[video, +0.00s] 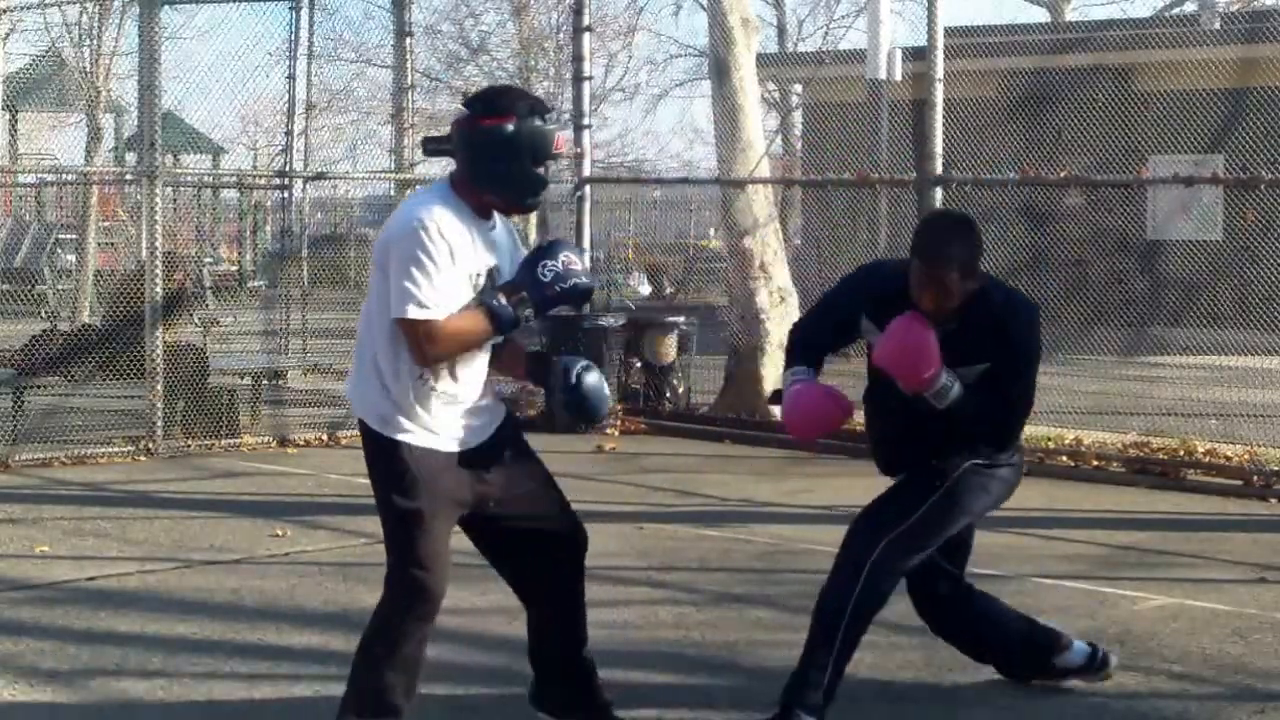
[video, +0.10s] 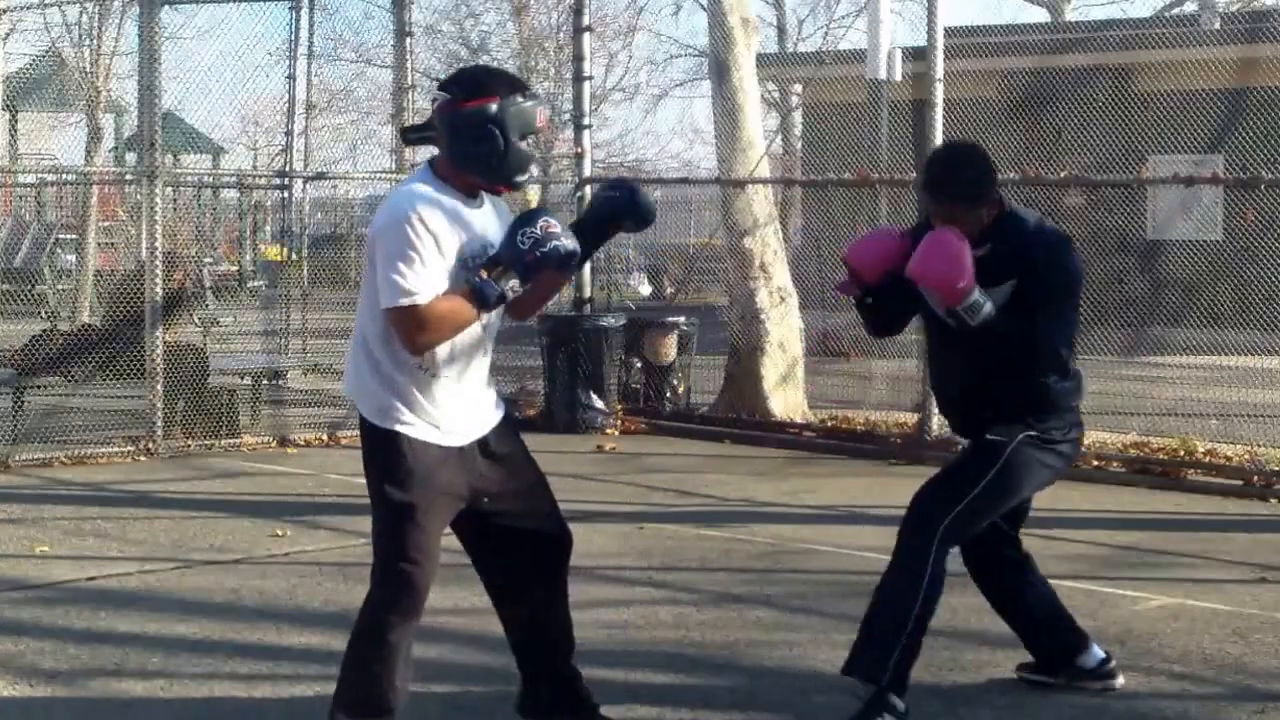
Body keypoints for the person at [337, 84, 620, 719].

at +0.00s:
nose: (538, 180)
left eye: (538, 167)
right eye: (528, 167)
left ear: (495, 164)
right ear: (489, 164)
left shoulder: (498, 227)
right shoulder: (423, 226)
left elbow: (483, 345)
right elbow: (427, 343)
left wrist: (550, 373)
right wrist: (517, 301)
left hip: (480, 422)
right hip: (410, 430)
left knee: (556, 548)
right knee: (419, 587)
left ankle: (567, 696)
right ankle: (368, 712)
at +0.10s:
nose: (524, 150)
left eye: (522, 136)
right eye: (514, 136)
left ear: (461, 137)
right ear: (490, 142)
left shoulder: (495, 207)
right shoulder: (411, 212)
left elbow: (521, 305)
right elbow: (417, 331)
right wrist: (504, 274)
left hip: (480, 418)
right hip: (409, 426)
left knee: (539, 552)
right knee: (403, 588)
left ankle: (555, 702)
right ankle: (361, 712)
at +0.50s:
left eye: (582, 106)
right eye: (574, 107)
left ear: (513, 112)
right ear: (558, 117)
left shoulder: (550, 194)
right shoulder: (485, 187)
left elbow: (568, 302)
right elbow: (500, 299)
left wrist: (622, 259)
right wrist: (576, 245)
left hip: (540, 407)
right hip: (483, 405)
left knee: (546, 555)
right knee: (491, 564)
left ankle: (519, 701)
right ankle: (448, 708)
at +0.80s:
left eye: (615, 123)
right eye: (600, 125)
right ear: (571, 125)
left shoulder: (602, 191)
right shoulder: (518, 202)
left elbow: (596, 305)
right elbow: (538, 320)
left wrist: (645, 301)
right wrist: (607, 252)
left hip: (606, 421)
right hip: (536, 430)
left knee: (653, 554)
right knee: (517, 598)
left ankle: (622, 693)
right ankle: (487, 712)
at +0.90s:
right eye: (624, 113)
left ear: (600, 123)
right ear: (611, 128)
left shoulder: (637, 200)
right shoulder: (557, 207)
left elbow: (635, 319)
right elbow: (577, 326)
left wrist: (677, 300)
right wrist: (641, 259)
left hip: (639, 426)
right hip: (568, 432)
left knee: (686, 585)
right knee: (534, 601)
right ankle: (484, 716)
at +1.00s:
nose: (685, 176)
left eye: (689, 163)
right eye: (673, 159)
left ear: (656, 151)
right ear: (649, 154)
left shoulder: (685, 208)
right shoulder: (605, 221)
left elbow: (676, 305)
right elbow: (633, 333)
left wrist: (735, 297)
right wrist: (695, 259)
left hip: (693, 435)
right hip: (621, 445)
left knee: (746, 585)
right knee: (574, 604)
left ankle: (789, 711)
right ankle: (495, 714)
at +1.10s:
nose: (741, 139)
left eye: (739, 127)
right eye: (727, 128)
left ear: (677, 133)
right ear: (701, 134)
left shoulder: (728, 206)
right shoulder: (636, 214)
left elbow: (723, 305)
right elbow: (664, 329)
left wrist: (778, 285)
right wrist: (726, 254)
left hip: (727, 433)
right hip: (648, 440)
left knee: (774, 581)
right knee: (609, 598)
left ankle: (788, 712)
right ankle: (519, 715)